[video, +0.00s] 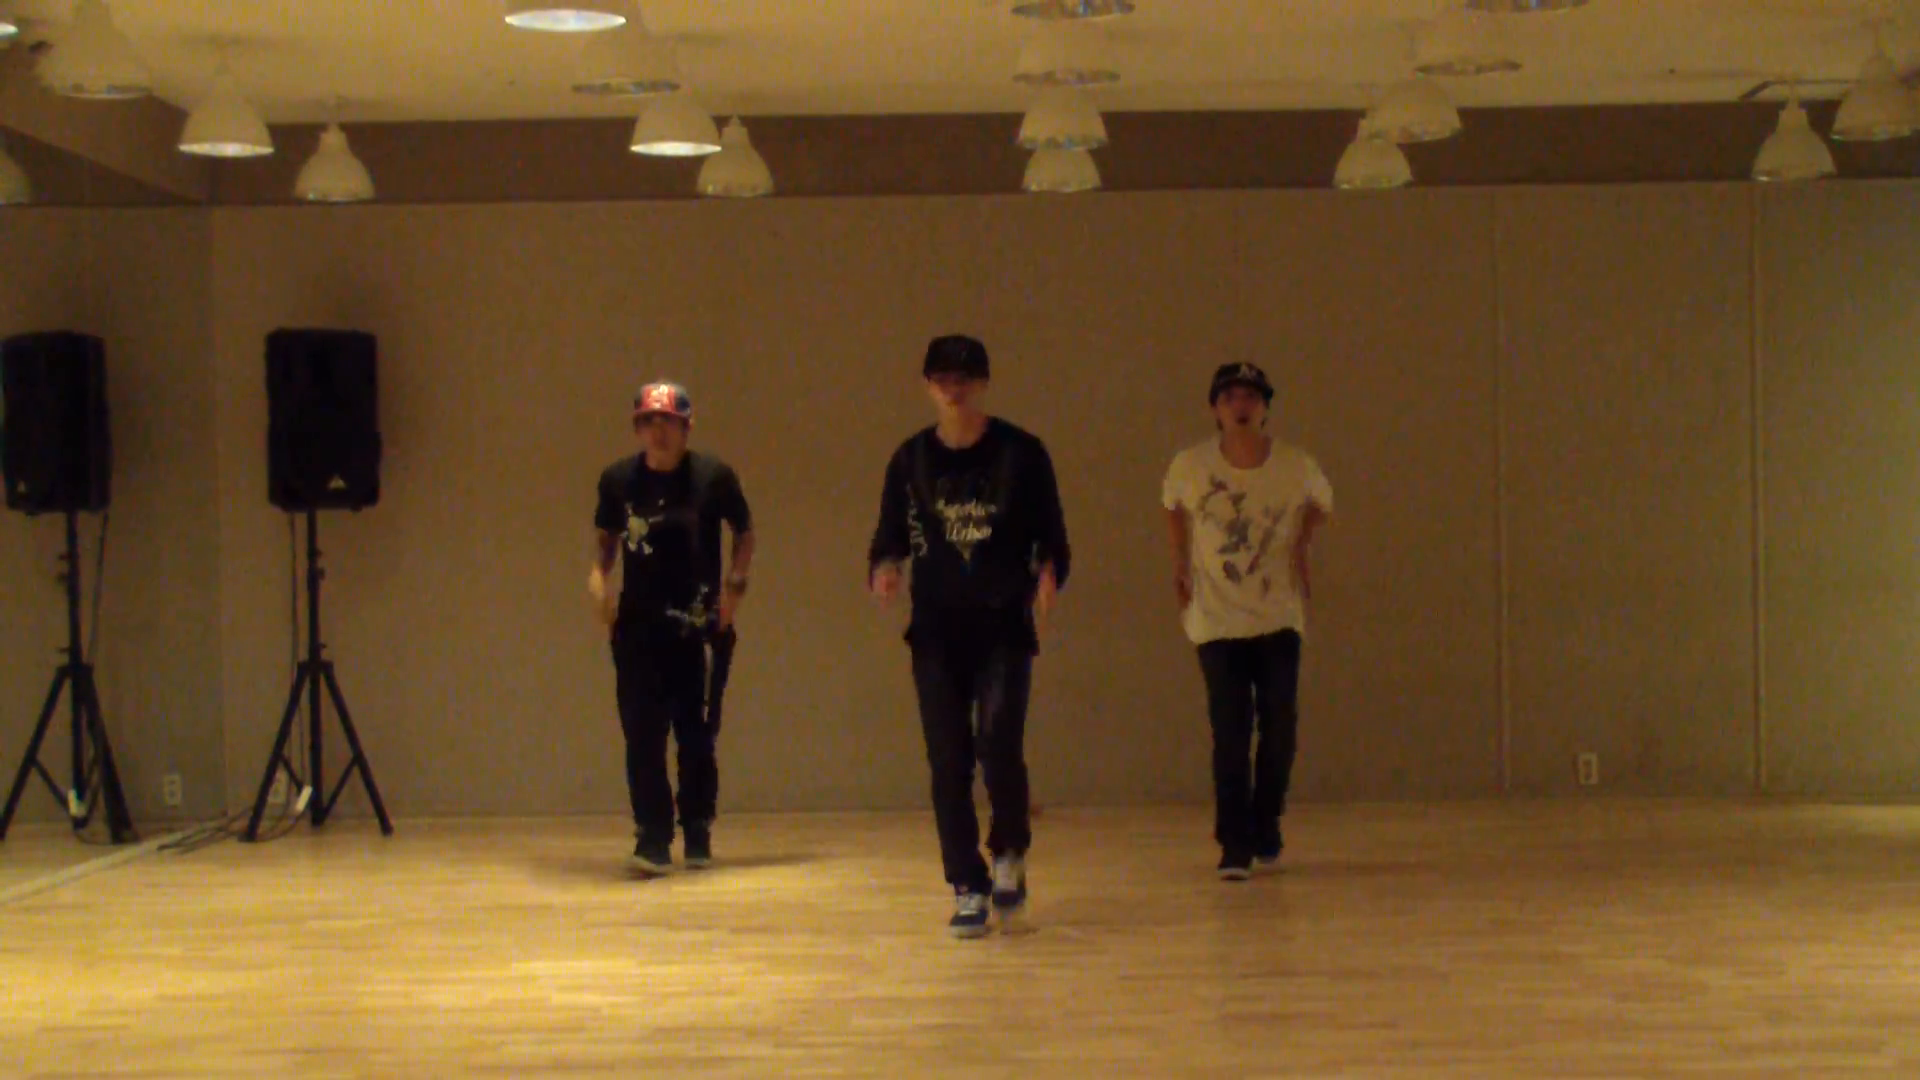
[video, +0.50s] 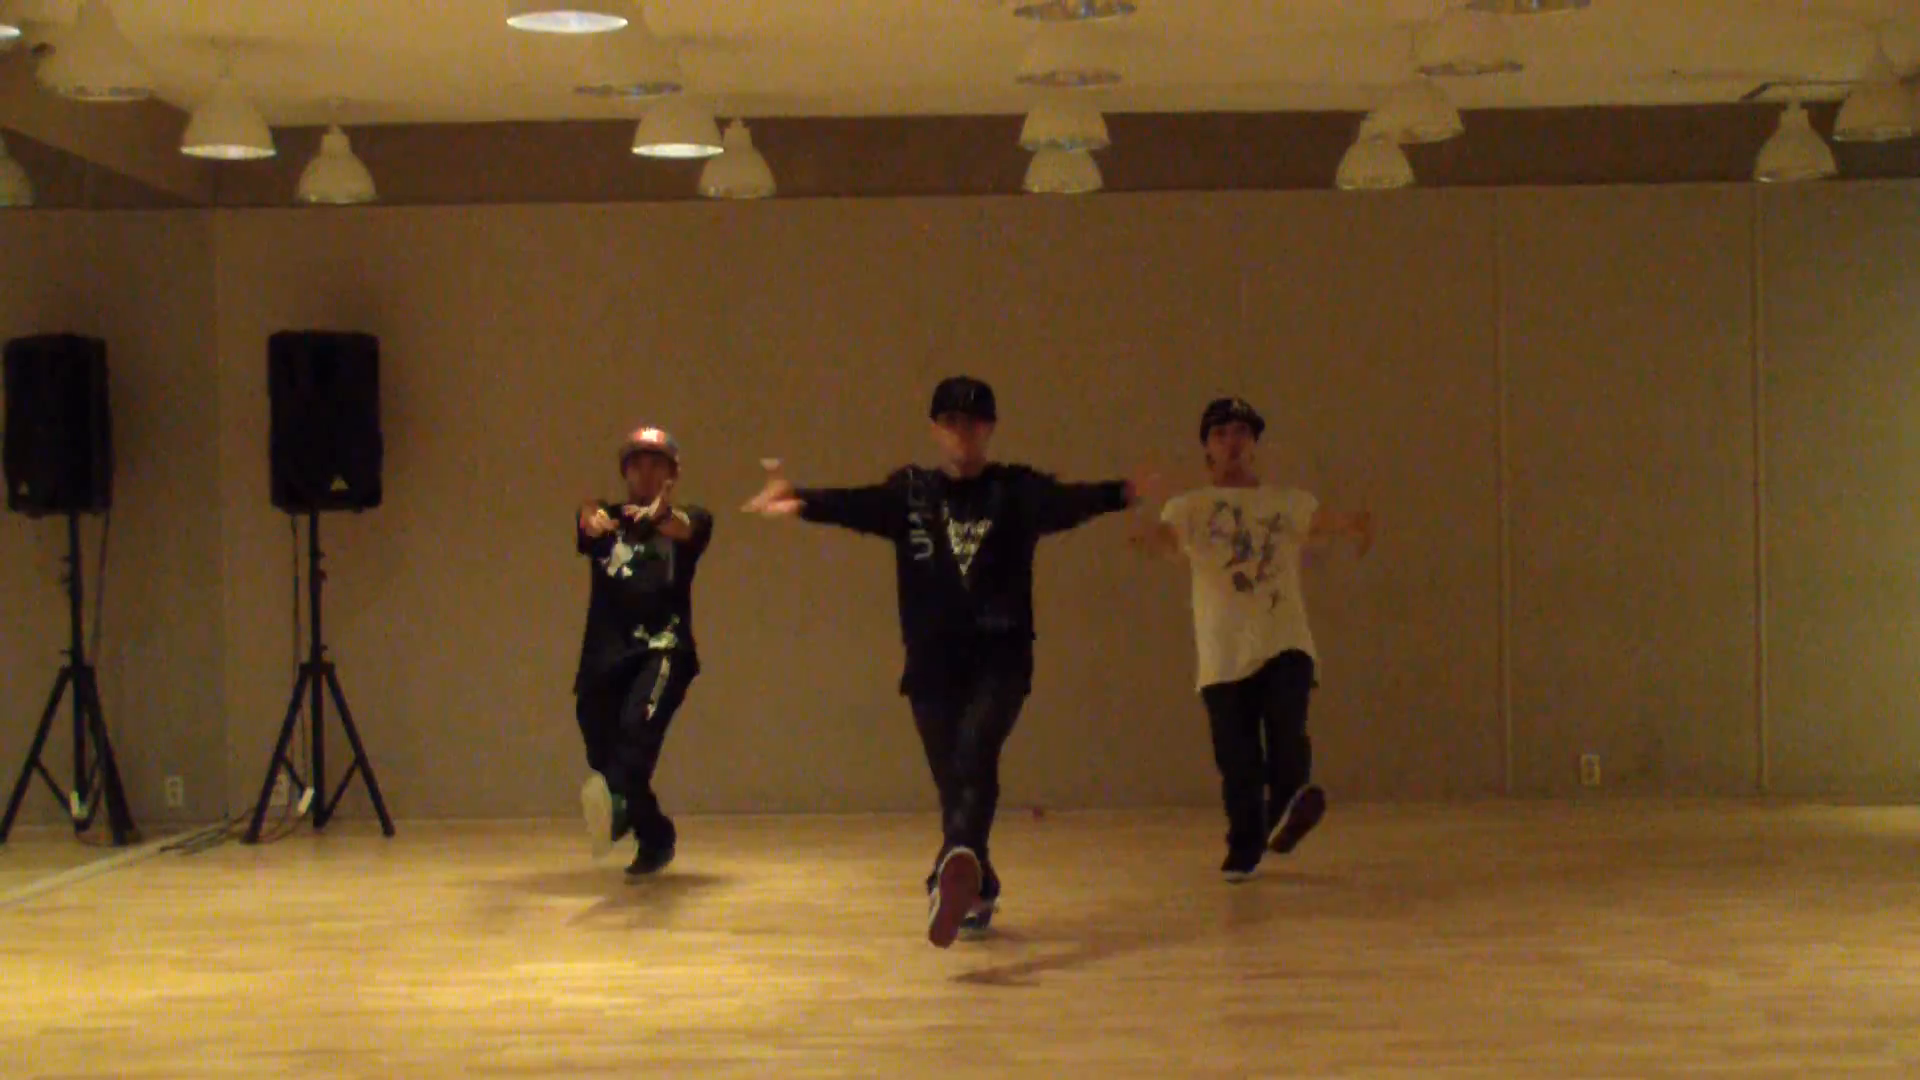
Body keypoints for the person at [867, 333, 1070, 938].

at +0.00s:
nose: (952, 391)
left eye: (963, 380)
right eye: (942, 381)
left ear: (983, 384)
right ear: (928, 386)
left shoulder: (1022, 453)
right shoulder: (911, 458)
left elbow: (1053, 535)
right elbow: (891, 533)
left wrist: (1049, 578)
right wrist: (886, 565)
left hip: (1006, 625)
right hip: (937, 628)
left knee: (998, 747)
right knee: (948, 760)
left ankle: (1009, 853)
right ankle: (967, 885)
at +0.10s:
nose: (953, 402)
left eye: (963, 391)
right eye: (942, 393)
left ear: (982, 395)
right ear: (926, 399)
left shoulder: (1019, 459)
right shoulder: (911, 464)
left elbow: (1054, 541)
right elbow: (897, 551)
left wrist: (1044, 516)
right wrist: (889, 516)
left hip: (1005, 616)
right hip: (939, 623)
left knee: (983, 691)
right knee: (952, 760)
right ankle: (969, 884)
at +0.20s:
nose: (956, 400)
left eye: (966, 388)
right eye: (944, 390)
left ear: (984, 394)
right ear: (928, 397)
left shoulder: (1019, 453)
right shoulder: (913, 463)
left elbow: (1060, 541)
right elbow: (889, 558)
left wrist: (1042, 498)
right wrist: (894, 501)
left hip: (1005, 617)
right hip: (939, 625)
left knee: (976, 677)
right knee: (950, 764)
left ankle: (1001, 755)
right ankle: (970, 887)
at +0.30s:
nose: (961, 416)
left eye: (970, 403)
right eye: (949, 404)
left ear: (987, 404)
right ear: (931, 406)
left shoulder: (1014, 461)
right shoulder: (918, 470)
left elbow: (1045, 512)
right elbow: (895, 519)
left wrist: (1049, 491)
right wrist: (881, 489)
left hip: (1002, 627)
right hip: (937, 630)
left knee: (980, 730)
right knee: (951, 751)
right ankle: (966, 874)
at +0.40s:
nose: (964, 437)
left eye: (975, 425)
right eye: (953, 425)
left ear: (989, 428)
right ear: (933, 426)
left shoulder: (1010, 484)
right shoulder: (916, 491)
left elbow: (1027, 505)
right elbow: (899, 512)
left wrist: (1040, 499)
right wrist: (880, 496)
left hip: (1001, 654)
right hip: (936, 656)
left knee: (978, 757)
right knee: (956, 775)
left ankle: (955, 884)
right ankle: (978, 891)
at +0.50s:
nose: (965, 439)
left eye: (975, 427)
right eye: (954, 427)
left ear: (992, 430)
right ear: (935, 429)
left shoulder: (1016, 490)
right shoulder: (909, 495)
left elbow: (1068, 502)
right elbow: (854, 504)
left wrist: (1122, 493)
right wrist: (799, 501)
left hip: (1000, 658)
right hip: (933, 661)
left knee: (973, 755)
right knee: (952, 777)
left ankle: (952, 878)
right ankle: (977, 892)